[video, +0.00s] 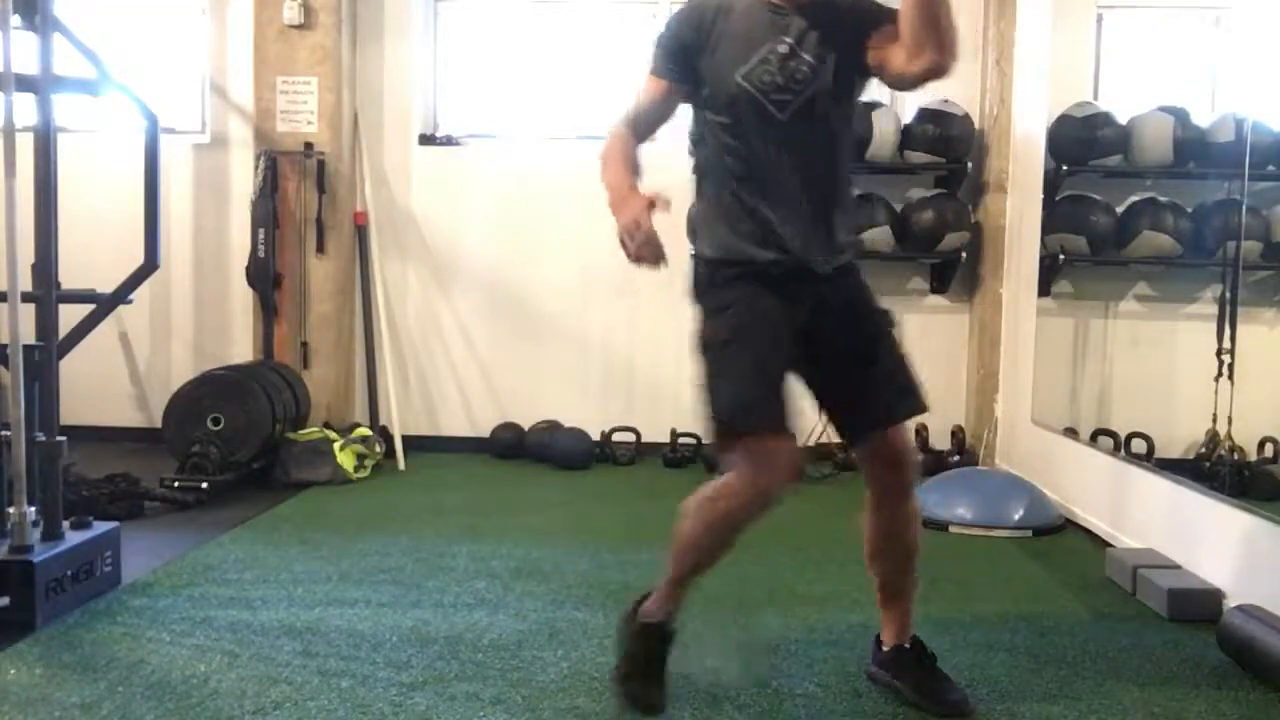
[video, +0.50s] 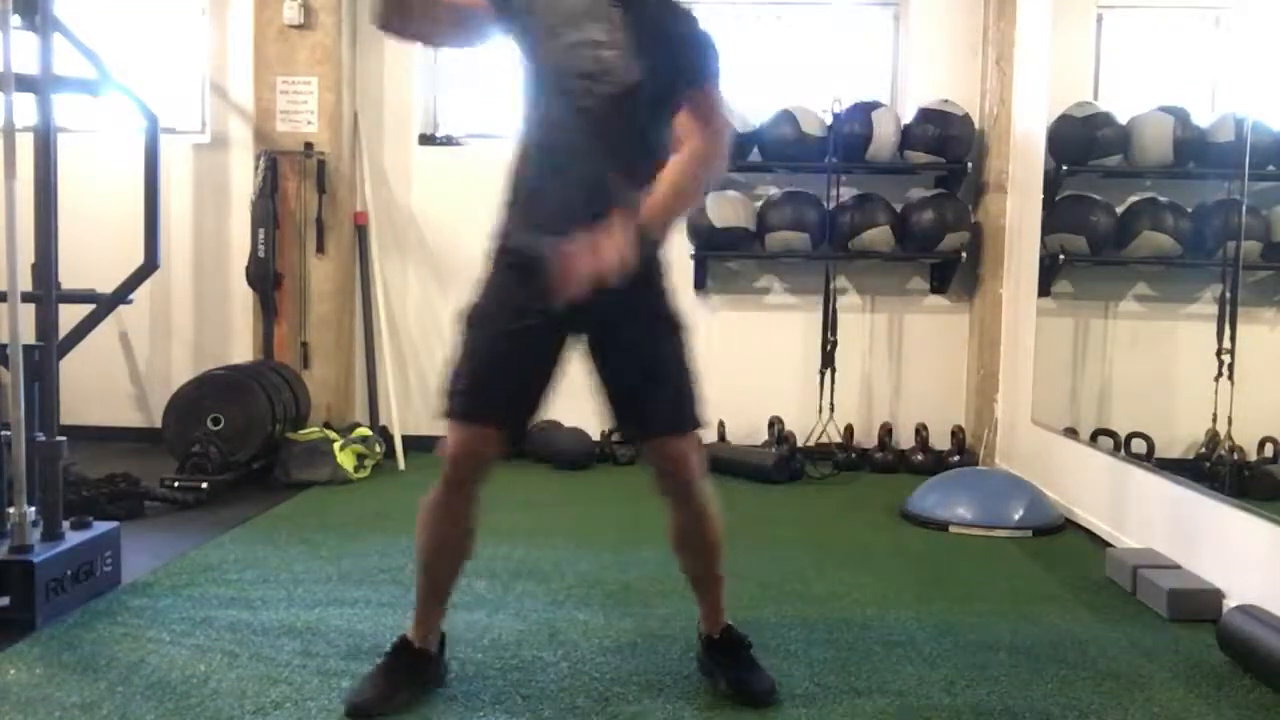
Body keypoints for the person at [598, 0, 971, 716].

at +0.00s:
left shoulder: (850, 18)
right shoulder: (708, 15)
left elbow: (929, 54)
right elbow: (624, 136)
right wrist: (625, 199)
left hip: (828, 271)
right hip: (738, 268)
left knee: (895, 460)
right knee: (766, 466)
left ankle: (897, 648)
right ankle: (655, 615)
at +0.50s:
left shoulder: (669, 24)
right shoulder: (524, 8)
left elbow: (707, 143)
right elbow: (413, 19)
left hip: (627, 262)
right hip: (527, 259)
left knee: (681, 466)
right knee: (462, 458)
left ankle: (719, 637)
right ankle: (419, 646)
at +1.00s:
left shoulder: (570, 15)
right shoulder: (423, 10)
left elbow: (668, 108)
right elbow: (337, 64)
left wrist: (737, 206)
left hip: (510, 241)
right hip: (434, 244)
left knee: (320, 115)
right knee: (373, 453)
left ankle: (325, 352)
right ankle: (415, 645)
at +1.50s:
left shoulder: (641, 9)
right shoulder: (476, 8)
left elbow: (748, 82)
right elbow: (356, 21)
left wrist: (798, 169)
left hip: (612, 267)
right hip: (515, 265)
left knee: (629, 465)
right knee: (459, 448)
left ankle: (667, 646)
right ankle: (427, 646)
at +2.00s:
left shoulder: (837, 7)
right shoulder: (681, 16)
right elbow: (613, 145)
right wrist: (686, 161)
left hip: (834, 266)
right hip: (738, 274)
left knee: (900, 470)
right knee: (695, 480)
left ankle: (905, 667)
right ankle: (571, 611)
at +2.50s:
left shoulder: (891, 14)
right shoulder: (736, 16)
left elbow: (955, 85)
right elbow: (644, 129)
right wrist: (731, 164)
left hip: (868, 272)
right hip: (778, 262)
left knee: (937, 465)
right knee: (959, 216)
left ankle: (902, 666)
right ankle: (887, 445)